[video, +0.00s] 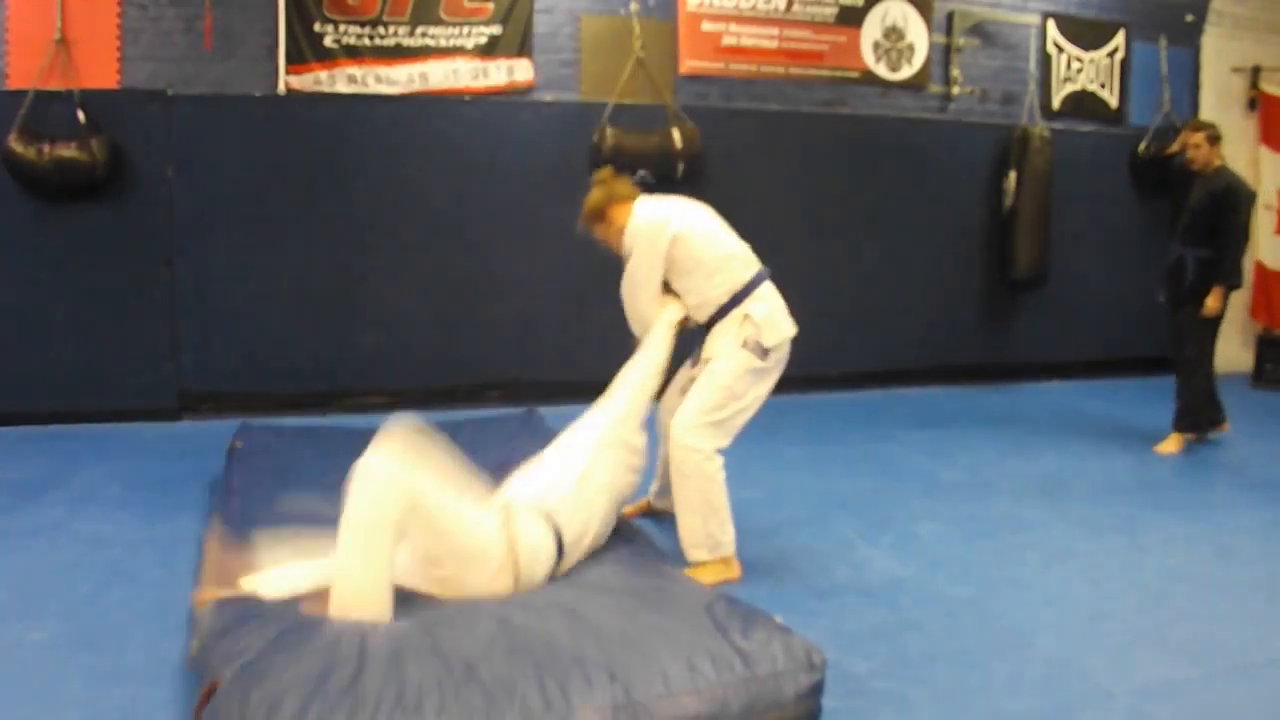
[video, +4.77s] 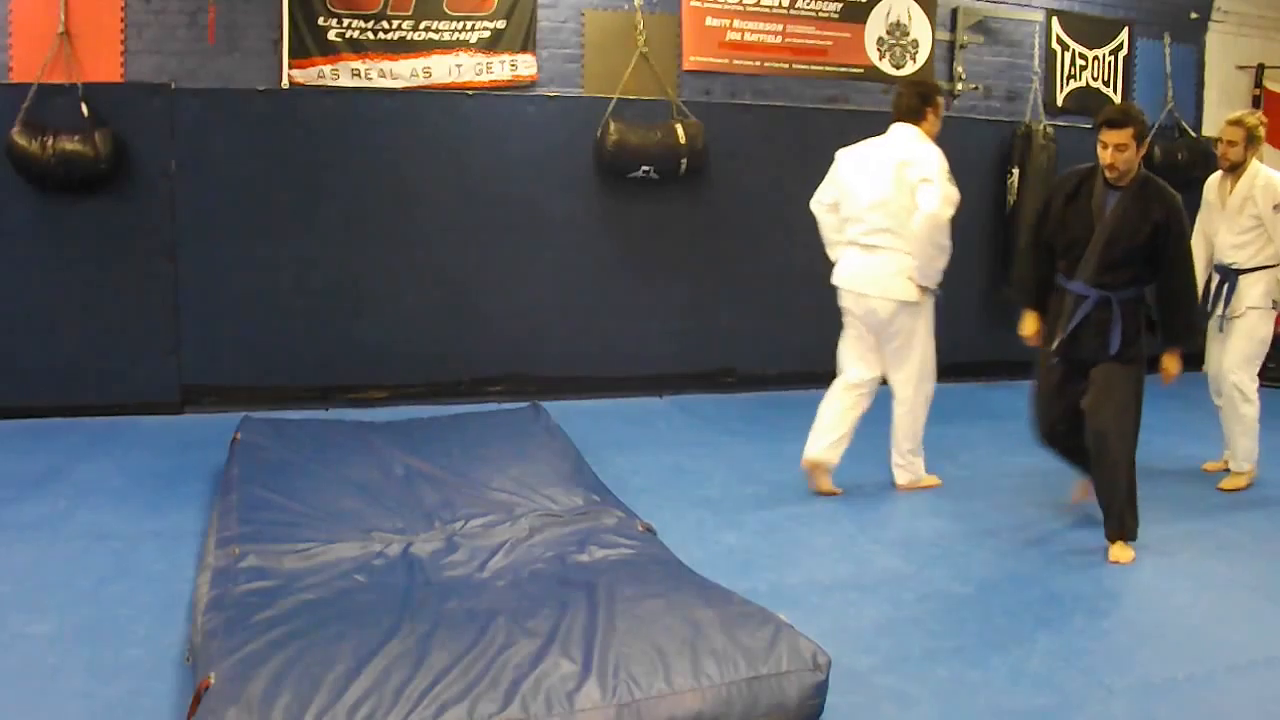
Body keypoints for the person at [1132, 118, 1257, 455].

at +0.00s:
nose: (1189, 155)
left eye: (1195, 148)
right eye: (1186, 149)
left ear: (1214, 147)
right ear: (1184, 150)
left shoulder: (1234, 189)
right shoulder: (1189, 178)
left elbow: (1233, 245)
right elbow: (1146, 175)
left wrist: (1220, 288)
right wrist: (1166, 153)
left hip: (1207, 281)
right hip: (1181, 276)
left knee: (1192, 355)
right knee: (1188, 352)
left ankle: (1184, 427)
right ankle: (1211, 416)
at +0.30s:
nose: (1176, 150)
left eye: (1183, 143)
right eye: (1172, 144)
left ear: (1202, 144)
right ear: (1168, 146)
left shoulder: (1220, 185)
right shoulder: (1170, 175)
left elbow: (1220, 242)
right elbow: (1132, 173)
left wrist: (1201, 280)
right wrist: (1154, 151)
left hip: (1196, 274)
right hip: (1165, 269)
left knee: (1189, 353)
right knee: (1151, 346)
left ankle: (1180, 432)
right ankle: (1142, 422)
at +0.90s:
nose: (1110, 148)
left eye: (1117, 141)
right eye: (1107, 142)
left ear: (1137, 140)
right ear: (1104, 144)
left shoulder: (1164, 178)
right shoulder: (1107, 176)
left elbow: (1180, 229)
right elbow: (1068, 178)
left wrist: (1177, 273)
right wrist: (1094, 154)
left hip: (1151, 275)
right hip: (1112, 273)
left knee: (1154, 354)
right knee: (1108, 355)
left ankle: (1168, 427)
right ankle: (1100, 436)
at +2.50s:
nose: (1092, 133)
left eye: (1100, 126)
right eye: (1087, 126)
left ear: (1120, 130)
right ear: (1083, 132)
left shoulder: (1147, 179)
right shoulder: (1073, 179)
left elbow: (1165, 240)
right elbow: (1040, 224)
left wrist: (1161, 291)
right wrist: (1036, 187)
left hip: (1128, 293)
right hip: (1079, 291)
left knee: (1128, 378)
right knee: (1070, 381)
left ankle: (1125, 455)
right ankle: (1064, 470)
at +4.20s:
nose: (1119, 131)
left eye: (1128, 123)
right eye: (1115, 123)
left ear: (1151, 125)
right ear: (1112, 126)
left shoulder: (1178, 175)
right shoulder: (1110, 176)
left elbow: (1190, 247)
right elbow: (1090, 239)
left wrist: (1179, 308)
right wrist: (1069, 235)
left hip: (1160, 299)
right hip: (1120, 296)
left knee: (1131, 387)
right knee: (1117, 388)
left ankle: (1131, 490)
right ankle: (1118, 481)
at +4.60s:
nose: (1110, 149)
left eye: (1119, 140)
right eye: (1104, 140)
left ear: (1140, 139)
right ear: (1096, 140)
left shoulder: (1163, 190)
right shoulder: (1086, 187)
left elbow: (1186, 262)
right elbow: (1071, 250)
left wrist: (1198, 330)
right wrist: (1071, 306)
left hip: (1140, 308)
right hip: (1093, 308)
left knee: (1124, 407)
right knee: (1106, 404)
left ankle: (1120, 519)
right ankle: (1126, 486)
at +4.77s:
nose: (1111, 157)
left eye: (1121, 148)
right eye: (1105, 147)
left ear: (1142, 148)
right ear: (1096, 145)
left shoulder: (1162, 204)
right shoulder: (1070, 187)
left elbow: (1176, 277)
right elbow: (1038, 245)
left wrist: (1173, 343)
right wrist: (1031, 305)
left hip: (1122, 324)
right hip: (1066, 318)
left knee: (1110, 430)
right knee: (1051, 422)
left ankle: (1119, 534)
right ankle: (1095, 464)